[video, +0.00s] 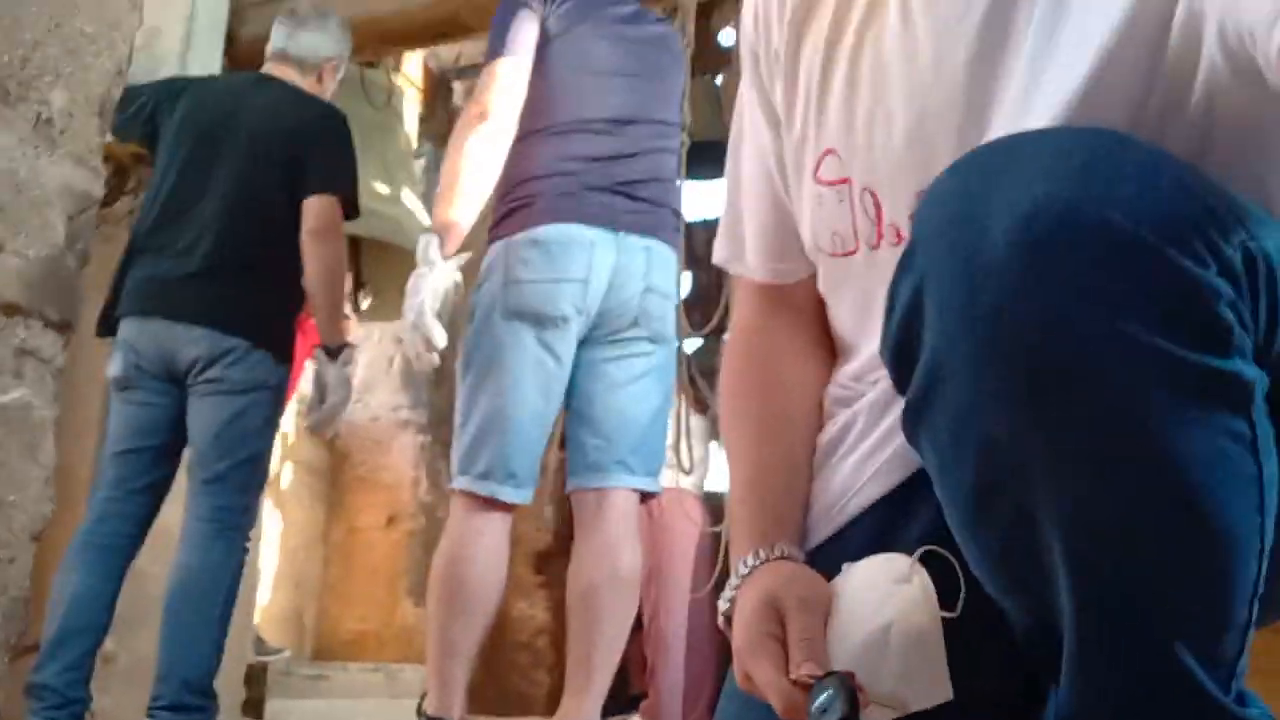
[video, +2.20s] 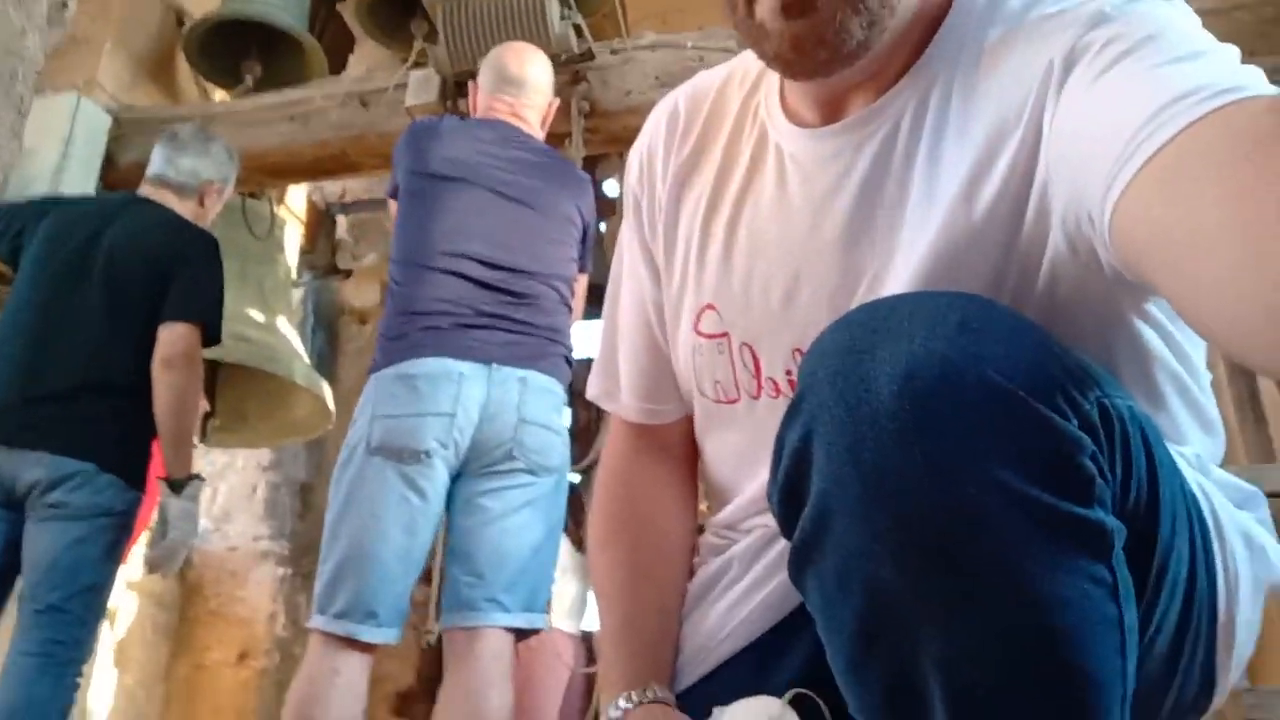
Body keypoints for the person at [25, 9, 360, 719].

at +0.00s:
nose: (338, 89)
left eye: (339, 80)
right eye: (341, 79)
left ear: (268, 55)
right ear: (328, 72)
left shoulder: (194, 93)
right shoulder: (322, 122)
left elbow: (118, 110)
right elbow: (320, 226)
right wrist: (334, 337)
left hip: (148, 317)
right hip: (241, 334)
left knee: (113, 508)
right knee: (217, 520)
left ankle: (52, 702)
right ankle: (180, 707)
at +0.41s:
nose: (312, 162)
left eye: (316, 148)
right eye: (311, 144)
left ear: (236, 127)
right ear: (277, 128)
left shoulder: (154, 165)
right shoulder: (281, 192)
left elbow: (69, 185)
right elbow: (276, 294)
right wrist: (290, 413)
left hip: (101, 383)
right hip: (196, 403)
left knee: (58, 583)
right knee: (164, 596)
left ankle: (14, 707)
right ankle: (128, 714)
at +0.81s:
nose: (357, 202)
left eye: (359, 188)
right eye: (351, 185)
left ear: (280, 178)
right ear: (312, 176)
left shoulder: (203, 218)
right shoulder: (314, 242)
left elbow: (137, 232)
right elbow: (309, 343)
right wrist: (320, 460)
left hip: (152, 440)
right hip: (242, 455)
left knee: (124, 619)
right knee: (221, 633)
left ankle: (76, 712)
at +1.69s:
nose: (274, 209)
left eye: (278, 193)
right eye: (273, 189)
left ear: (200, 174)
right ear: (237, 176)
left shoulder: (114, 214)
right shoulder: (235, 240)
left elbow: (42, 225)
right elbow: (224, 352)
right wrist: (237, 475)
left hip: (48, 443)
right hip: (147, 461)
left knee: (12, 634)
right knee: (113, 655)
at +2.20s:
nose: (222, 211)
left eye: (225, 199)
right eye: (225, 199)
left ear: (147, 173)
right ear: (213, 195)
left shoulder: (62, 214)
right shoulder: (191, 246)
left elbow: (1, 222)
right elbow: (174, 353)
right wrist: (180, 477)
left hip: (5, 441)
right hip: (92, 462)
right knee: (49, 643)